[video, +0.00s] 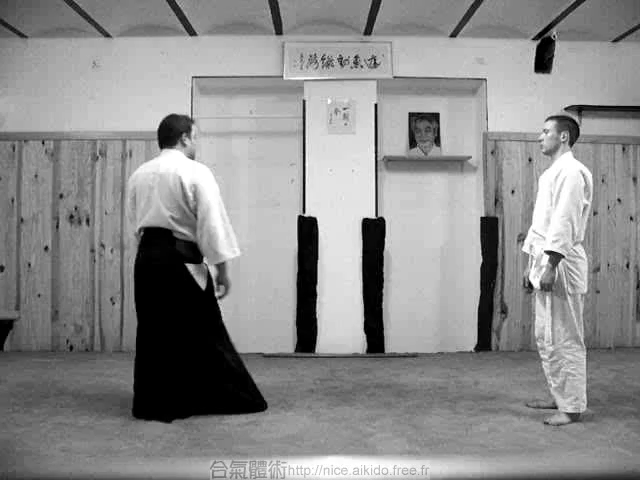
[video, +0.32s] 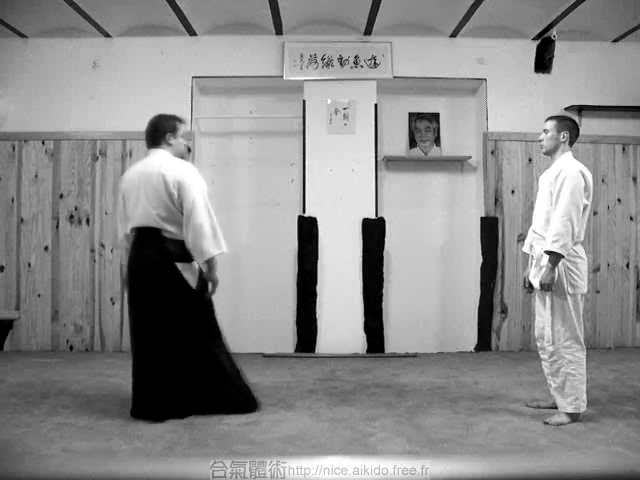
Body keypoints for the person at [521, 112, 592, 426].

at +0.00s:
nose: (540, 137)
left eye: (546, 132)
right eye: (541, 132)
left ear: (563, 137)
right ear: (558, 137)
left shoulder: (573, 173)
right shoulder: (552, 172)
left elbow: (565, 222)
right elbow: (542, 221)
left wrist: (551, 264)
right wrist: (532, 262)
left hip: (563, 262)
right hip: (545, 260)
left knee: (564, 335)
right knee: (545, 335)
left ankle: (572, 406)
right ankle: (559, 396)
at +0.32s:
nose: (540, 137)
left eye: (546, 132)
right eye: (541, 132)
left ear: (564, 137)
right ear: (559, 137)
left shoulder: (572, 173)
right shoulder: (553, 172)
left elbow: (565, 222)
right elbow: (542, 220)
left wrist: (551, 264)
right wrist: (532, 261)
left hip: (564, 262)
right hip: (545, 260)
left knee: (565, 336)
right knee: (546, 335)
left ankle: (572, 407)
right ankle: (558, 395)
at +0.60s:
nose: (539, 137)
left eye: (545, 132)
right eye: (540, 132)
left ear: (563, 137)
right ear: (558, 137)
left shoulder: (572, 173)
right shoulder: (551, 172)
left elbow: (564, 222)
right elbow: (540, 222)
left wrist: (550, 265)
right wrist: (530, 263)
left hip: (563, 262)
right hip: (544, 260)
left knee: (564, 336)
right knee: (545, 335)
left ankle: (572, 407)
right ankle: (558, 396)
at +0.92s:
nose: (535, 138)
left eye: (541, 133)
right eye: (536, 133)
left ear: (559, 139)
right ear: (552, 139)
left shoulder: (566, 174)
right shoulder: (546, 173)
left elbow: (559, 221)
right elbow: (537, 220)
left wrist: (543, 261)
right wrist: (526, 263)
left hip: (558, 261)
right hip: (539, 259)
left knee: (561, 335)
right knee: (540, 333)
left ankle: (571, 407)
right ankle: (556, 395)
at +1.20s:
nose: (520, 141)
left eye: (526, 136)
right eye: (521, 136)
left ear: (544, 142)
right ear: (533, 143)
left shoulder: (553, 176)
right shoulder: (525, 178)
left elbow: (544, 221)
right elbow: (513, 220)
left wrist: (524, 255)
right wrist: (502, 255)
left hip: (541, 260)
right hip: (523, 258)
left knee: (517, 327)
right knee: (541, 326)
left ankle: (547, 391)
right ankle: (557, 393)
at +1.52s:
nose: (485, 144)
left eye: (493, 139)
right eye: (485, 139)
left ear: (511, 145)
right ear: (486, 144)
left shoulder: (517, 183)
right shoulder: (484, 179)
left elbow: (497, 226)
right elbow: (458, 211)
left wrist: (453, 232)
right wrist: (425, 222)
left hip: (502, 262)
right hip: (487, 259)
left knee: (473, 329)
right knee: (515, 322)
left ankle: (460, 400)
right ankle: (554, 388)